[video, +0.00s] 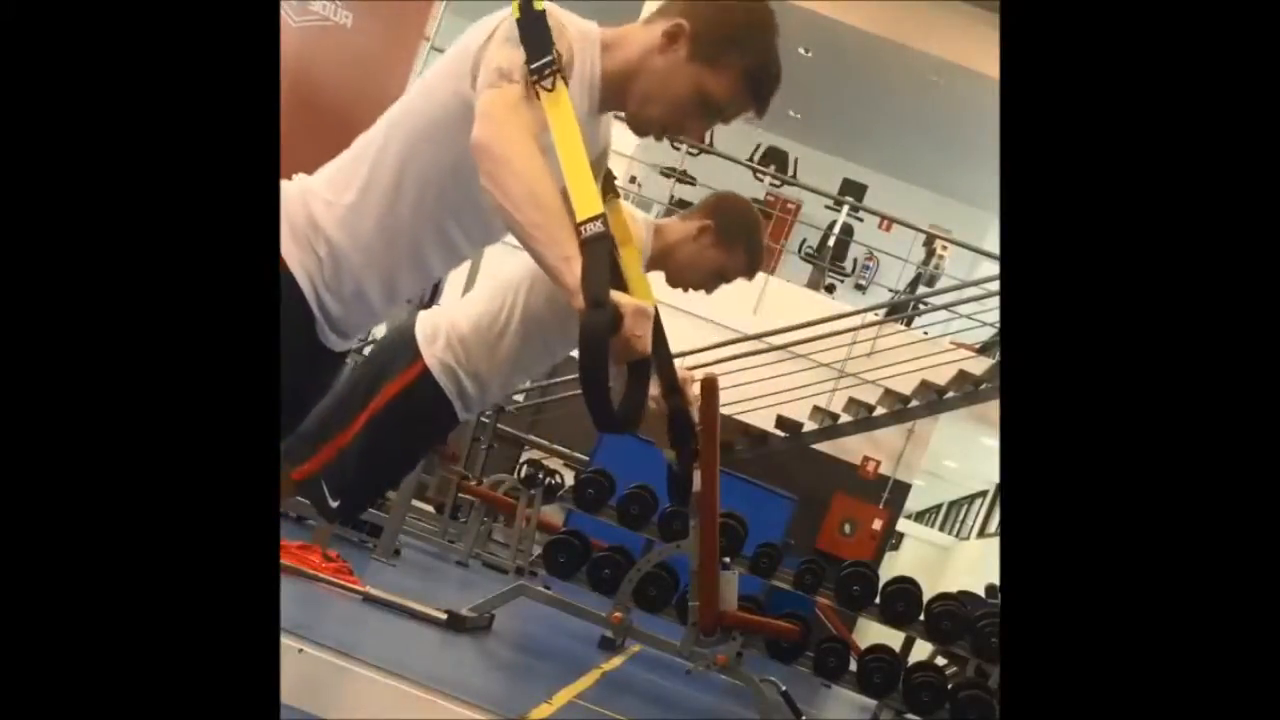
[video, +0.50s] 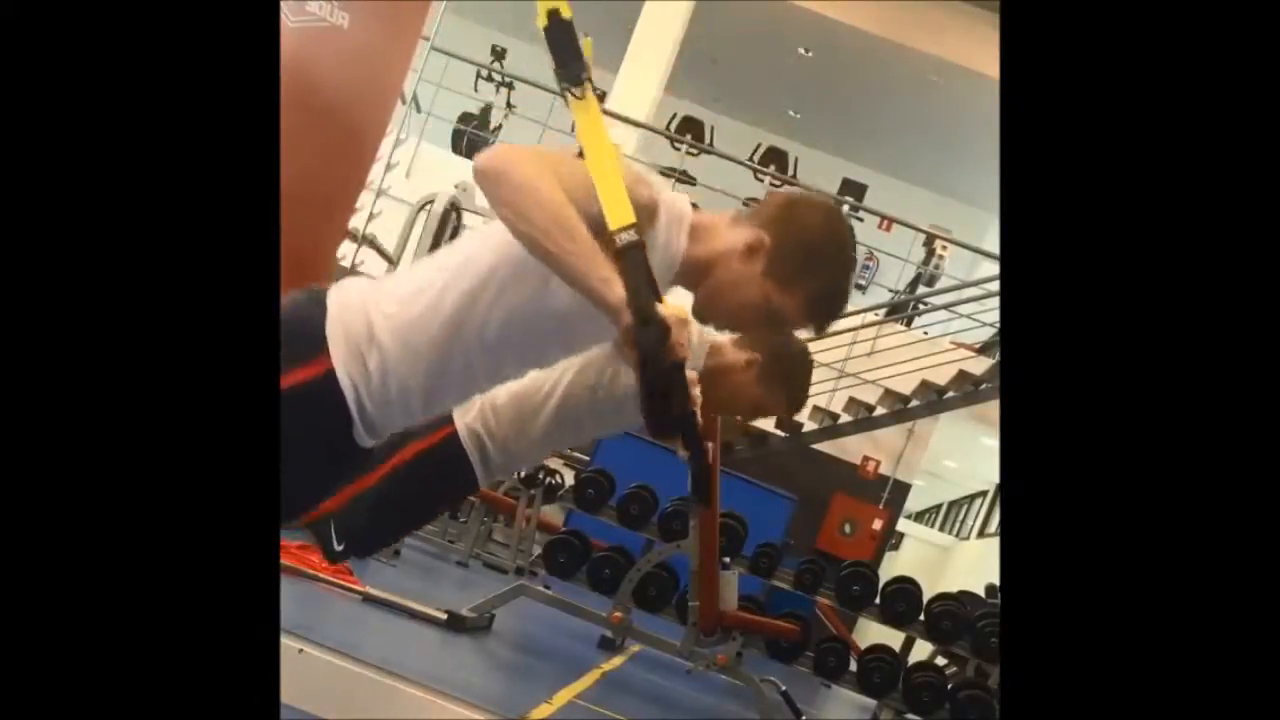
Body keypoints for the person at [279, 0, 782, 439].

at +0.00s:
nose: (699, 137)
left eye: (715, 125)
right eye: (708, 110)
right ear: (673, 39)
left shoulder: (592, 138)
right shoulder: (549, 30)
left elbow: (609, 250)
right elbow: (499, 143)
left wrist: (658, 378)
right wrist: (586, 289)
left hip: (333, 335)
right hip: (290, 273)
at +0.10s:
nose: (705, 154)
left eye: (722, 145)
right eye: (715, 128)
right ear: (685, 57)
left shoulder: (600, 149)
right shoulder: (558, 45)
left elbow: (589, 252)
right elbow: (496, 141)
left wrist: (655, 378)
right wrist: (584, 282)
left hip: (337, 340)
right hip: (294, 278)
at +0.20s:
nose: (718, 190)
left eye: (735, 181)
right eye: (729, 167)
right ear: (701, 98)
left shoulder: (615, 177)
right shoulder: (578, 73)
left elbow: (593, 275)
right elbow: (490, 138)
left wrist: (653, 380)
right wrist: (581, 273)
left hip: (344, 355)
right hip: (299, 290)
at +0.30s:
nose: (727, 234)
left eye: (745, 228)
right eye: (741, 213)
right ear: (719, 146)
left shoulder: (624, 211)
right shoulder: (603, 115)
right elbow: (485, 132)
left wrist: (660, 396)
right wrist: (587, 281)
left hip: (353, 373)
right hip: (310, 316)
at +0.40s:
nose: (743, 287)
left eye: (761, 281)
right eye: (757, 266)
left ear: (739, 195)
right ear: (740, 198)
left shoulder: (646, 244)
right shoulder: (622, 159)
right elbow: (488, 139)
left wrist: (648, 391)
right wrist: (603, 280)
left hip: (360, 400)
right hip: (318, 341)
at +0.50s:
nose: (749, 331)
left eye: (769, 328)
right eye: (768, 315)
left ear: (754, 251)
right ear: (753, 251)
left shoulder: (670, 289)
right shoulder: (645, 202)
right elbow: (504, 168)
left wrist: (668, 408)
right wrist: (629, 307)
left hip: (367, 426)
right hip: (326, 367)